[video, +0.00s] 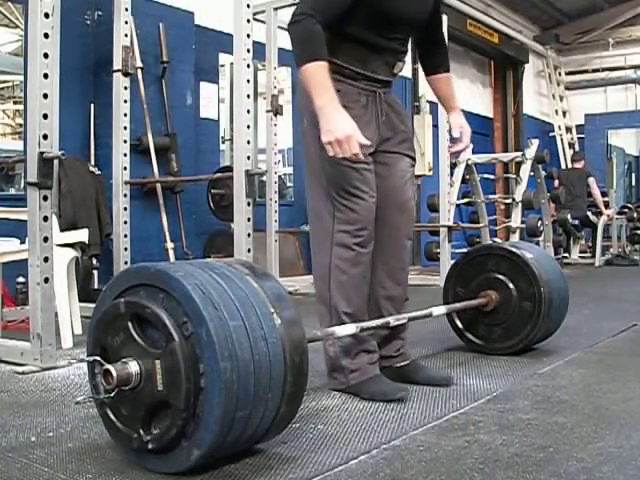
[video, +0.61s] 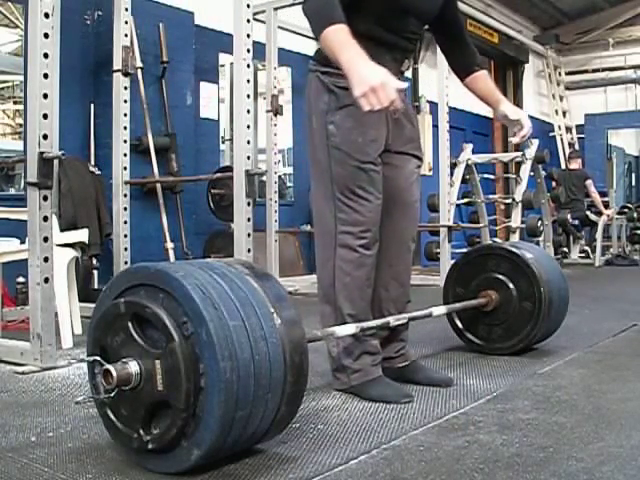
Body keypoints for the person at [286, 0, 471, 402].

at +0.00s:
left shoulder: (429, 6)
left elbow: (431, 42)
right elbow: (304, 20)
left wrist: (453, 110)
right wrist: (329, 110)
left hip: (384, 96)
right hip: (334, 88)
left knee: (397, 217)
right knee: (351, 219)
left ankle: (391, 350)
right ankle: (348, 363)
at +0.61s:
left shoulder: (441, 4)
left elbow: (462, 54)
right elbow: (318, 4)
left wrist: (502, 105)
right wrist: (357, 64)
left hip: (394, 88)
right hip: (340, 83)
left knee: (401, 219)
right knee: (356, 221)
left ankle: (391, 352)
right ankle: (352, 362)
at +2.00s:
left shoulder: (434, 4)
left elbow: (455, 44)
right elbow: (325, 6)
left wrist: (501, 96)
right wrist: (378, 54)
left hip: (401, 93)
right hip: (348, 86)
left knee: (400, 227)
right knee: (353, 226)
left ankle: (392, 354)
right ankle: (353, 364)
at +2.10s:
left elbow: (468, 25)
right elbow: (342, 8)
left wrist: (547, 52)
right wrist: (422, 9)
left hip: (397, 87)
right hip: (349, 81)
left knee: (403, 228)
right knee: (356, 227)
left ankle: (393, 353)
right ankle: (354, 365)